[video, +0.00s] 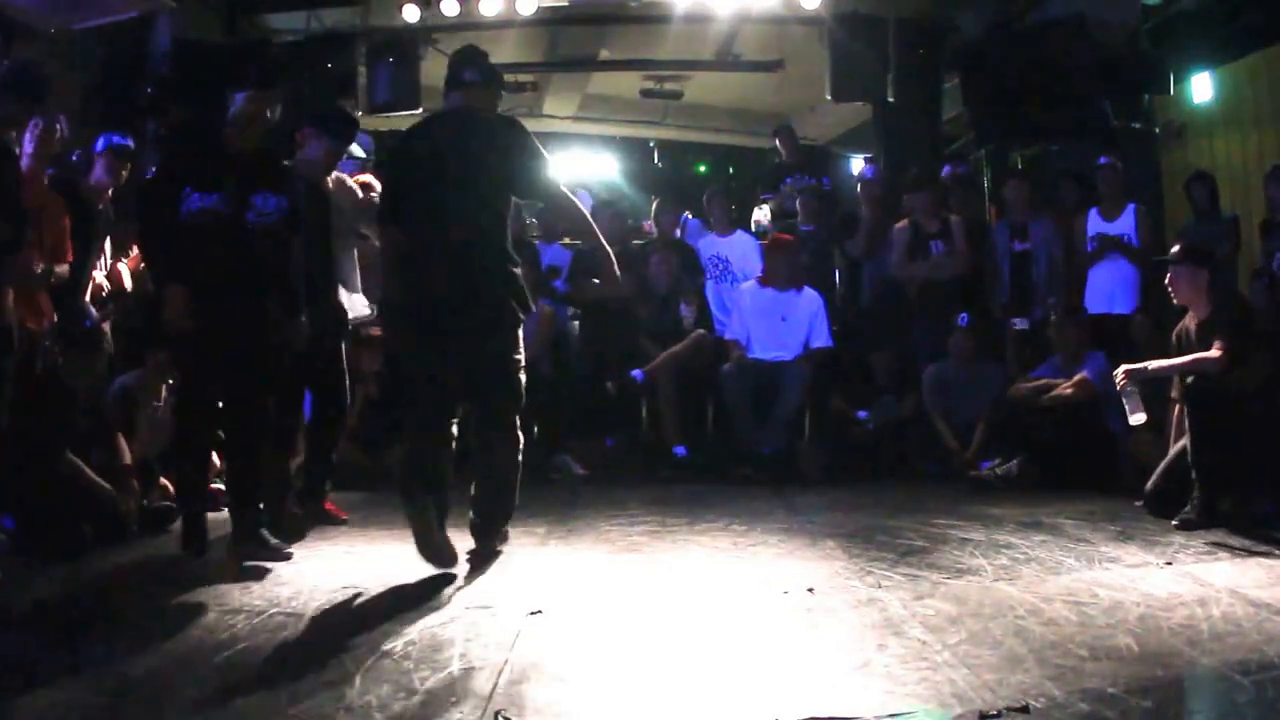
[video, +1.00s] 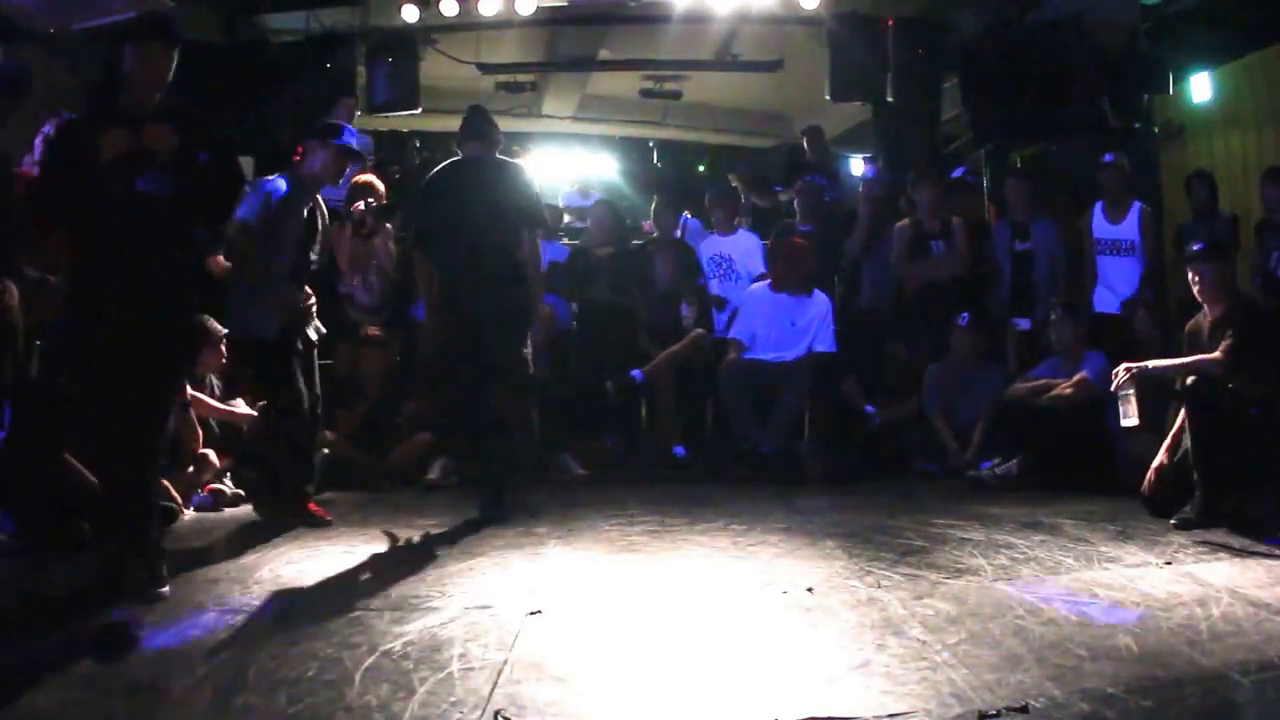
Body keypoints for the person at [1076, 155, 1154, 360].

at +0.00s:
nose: (1107, 183)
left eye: (1111, 177)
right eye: (1102, 178)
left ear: (1120, 180)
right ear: (1097, 181)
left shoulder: (1137, 214)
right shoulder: (1087, 218)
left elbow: (1145, 259)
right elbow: (1080, 263)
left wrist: (1119, 245)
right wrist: (1100, 250)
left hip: (1127, 302)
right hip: (1096, 303)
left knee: (1128, 360)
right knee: (1098, 361)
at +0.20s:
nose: (1105, 184)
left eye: (1110, 178)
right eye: (1100, 179)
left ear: (1119, 180)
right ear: (1095, 183)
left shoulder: (1136, 215)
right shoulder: (1085, 220)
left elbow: (1150, 258)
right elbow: (1077, 267)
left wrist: (1122, 260)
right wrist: (1095, 280)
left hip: (1129, 308)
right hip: (1097, 310)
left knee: (1131, 369)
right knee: (1100, 368)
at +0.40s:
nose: (1104, 183)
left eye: (1109, 177)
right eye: (1099, 177)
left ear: (1118, 180)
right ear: (1093, 181)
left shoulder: (1135, 214)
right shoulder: (1085, 219)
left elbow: (1151, 255)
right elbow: (1081, 260)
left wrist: (1128, 270)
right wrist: (1082, 286)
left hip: (1130, 304)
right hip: (1099, 305)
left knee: (1134, 362)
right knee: (1104, 363)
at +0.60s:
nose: (1104, 181)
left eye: (1109, 175)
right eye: (1099, 175)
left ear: (1118, 178)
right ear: (1093, 180)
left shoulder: (1137, 213)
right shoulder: (1086, 219)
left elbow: (1152, 256)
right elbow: (1083, 263)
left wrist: (1129, 270)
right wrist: (1083, 300)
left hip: (1134, 307)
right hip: (1101, 308)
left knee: (1136, 365)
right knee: (1104, 365)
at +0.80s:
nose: (1108, 181)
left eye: (1113, 175)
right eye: (1103, 175)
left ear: (1122, 179)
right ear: (1098, 179)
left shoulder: (1139, 213)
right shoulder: (1088, 217)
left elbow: (1152, 256)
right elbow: (1084, 260)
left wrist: (1129, 272)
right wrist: (1084, 299)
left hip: (1135, 303)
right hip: (1103, 305)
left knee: (1138, 362)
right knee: (1106, 363)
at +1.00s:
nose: (1109, 180)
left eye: (1114, 174)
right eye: (1105, 174)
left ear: (1124, 177)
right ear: (1100, 178)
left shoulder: (1142, 214)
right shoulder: (1092, 215)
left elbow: (1149, 260)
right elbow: (1089, 259)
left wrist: (1139, 297)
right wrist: (1088, 295)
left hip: (1134, 302)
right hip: (1103, 302)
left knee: (1135, 362)